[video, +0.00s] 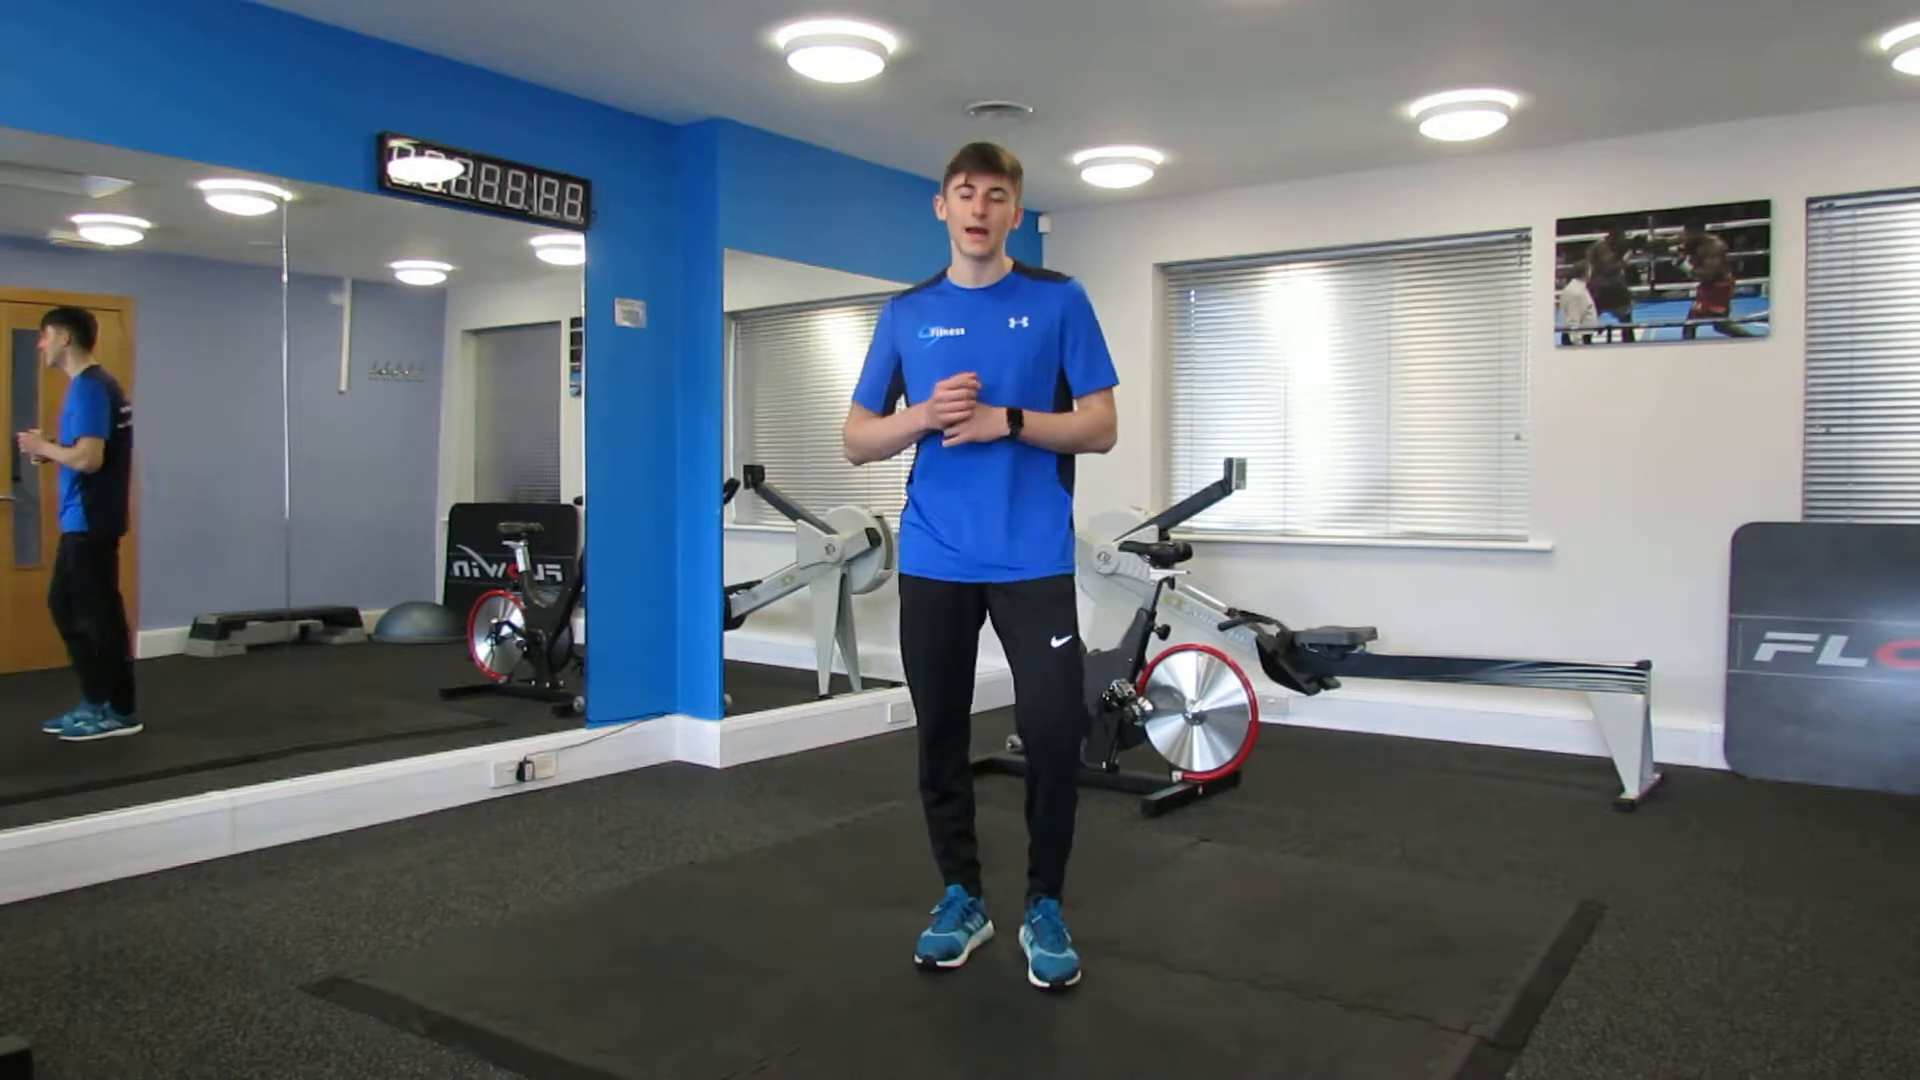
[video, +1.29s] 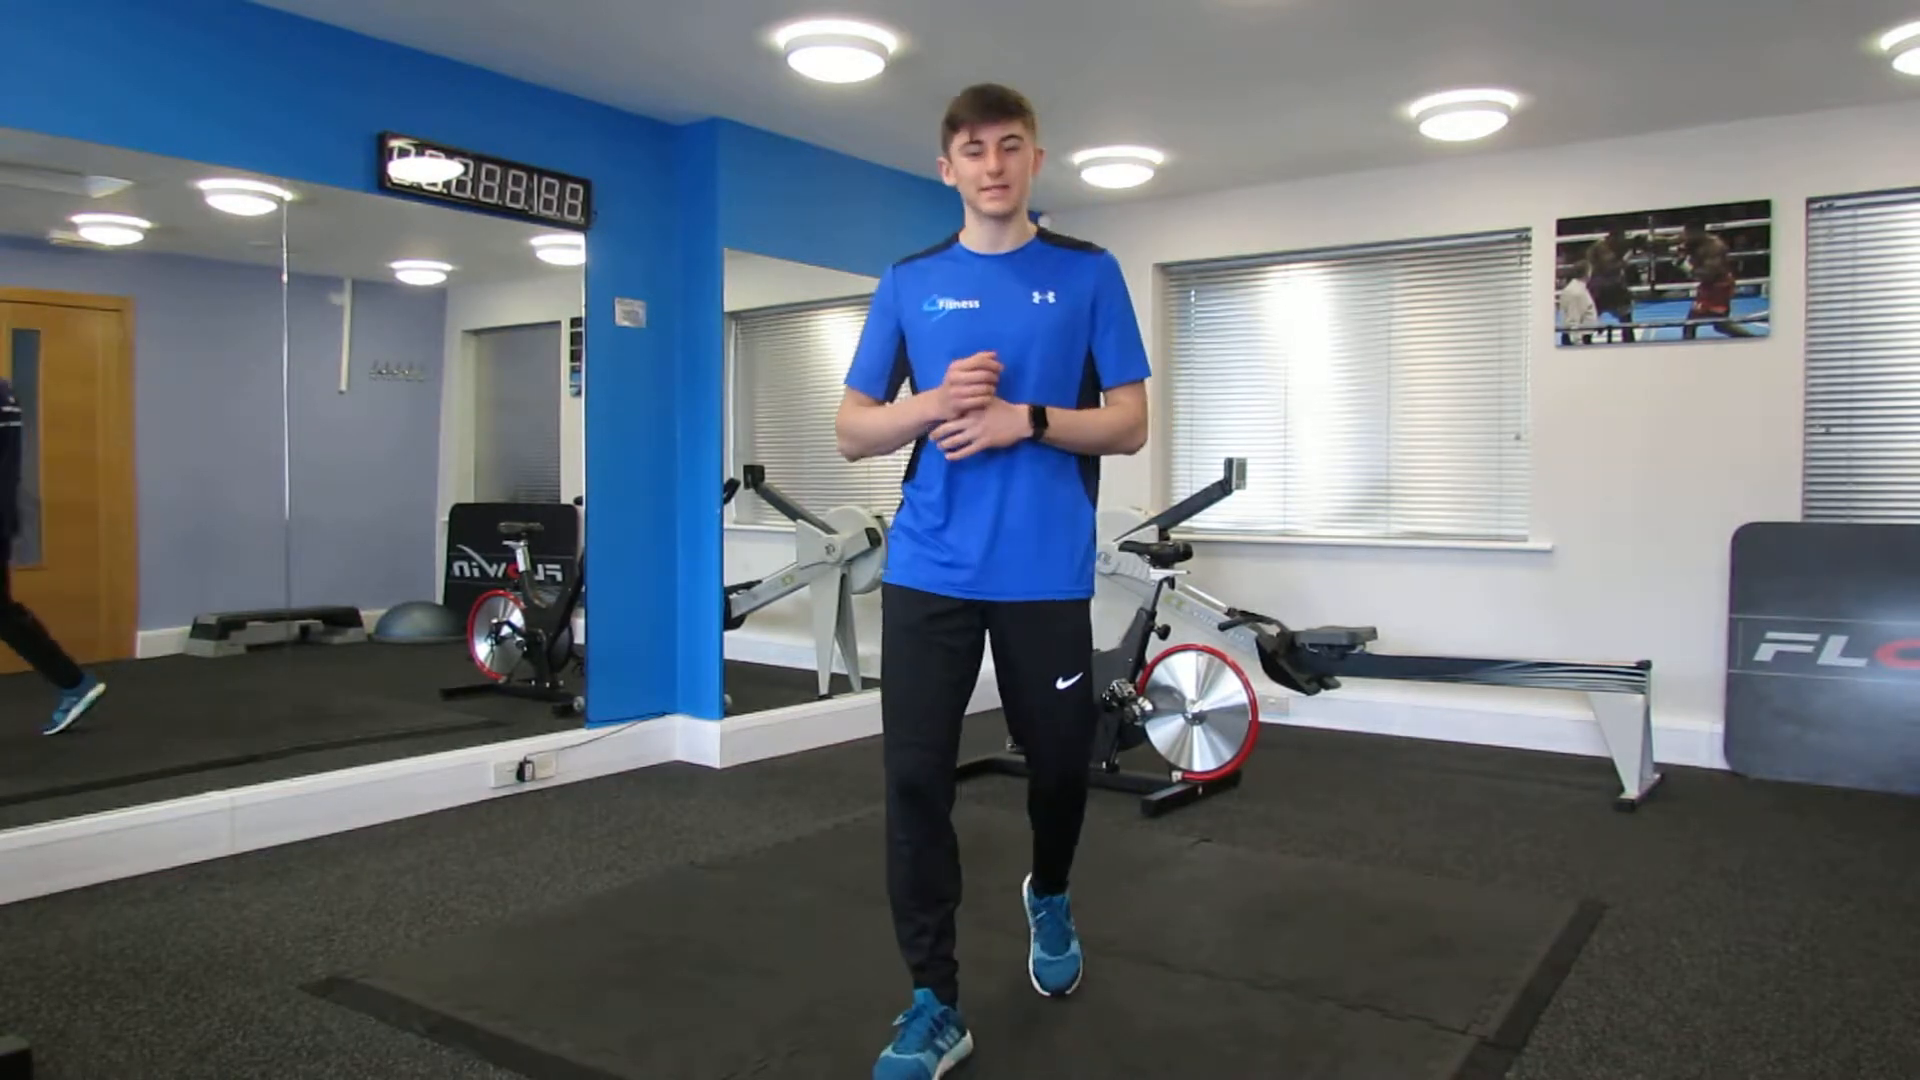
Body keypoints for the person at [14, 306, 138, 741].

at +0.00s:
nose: (40, 345)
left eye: (45, 336)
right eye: (41, 336)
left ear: (67, 339)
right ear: (75, 340)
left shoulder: (92, 387)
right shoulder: (92, 384)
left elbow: (89, 458)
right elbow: (87, 454)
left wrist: (44, 447)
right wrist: (49, 452)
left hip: (92, 526)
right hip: (86, 525)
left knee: (94, 610)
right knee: (65, 604)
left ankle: (117, 708)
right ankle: (96, 702)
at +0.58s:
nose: (14, 350)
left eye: (19, 340)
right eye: (15, 341)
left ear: (38, 342)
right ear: (49, 343)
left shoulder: (54, 389)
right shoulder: (83, 388)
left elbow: (54, 456)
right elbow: (70, 454)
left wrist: (13, 448)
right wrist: (22, 451)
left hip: (57, 524)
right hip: (84, 523)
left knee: (31, 607)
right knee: (75, 606)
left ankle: (99, 694)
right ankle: (98, 698)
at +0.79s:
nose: (1, 350)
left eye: (5, 341)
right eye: (2, 341)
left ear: (24, 344)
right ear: (38, 345)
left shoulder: (39, 387)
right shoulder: (70, 388)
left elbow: (47, 457)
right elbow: (69, 457)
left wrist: (6, 450)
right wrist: (20, 452)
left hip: (37, 525)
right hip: (70, 525)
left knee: (8, 609)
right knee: (72, 610)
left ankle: (39, 703)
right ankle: (100, 703)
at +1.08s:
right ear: (11, 343)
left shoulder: (9, 388)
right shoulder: (32, 389)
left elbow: (11, 459)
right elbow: (37, 459)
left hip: (16, 528)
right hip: (40, 526)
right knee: (54, 611)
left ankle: (97, 700)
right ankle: (97, 701)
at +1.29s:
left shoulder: (6, 400)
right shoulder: (7, 399)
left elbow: (8, 472)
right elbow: (10, 472)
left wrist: (11, 525)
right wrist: (11, 525)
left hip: (3, 527)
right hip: (3, 526)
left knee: (5, 611)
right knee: (5, 610)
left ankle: (74, 682)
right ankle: (73, 682)